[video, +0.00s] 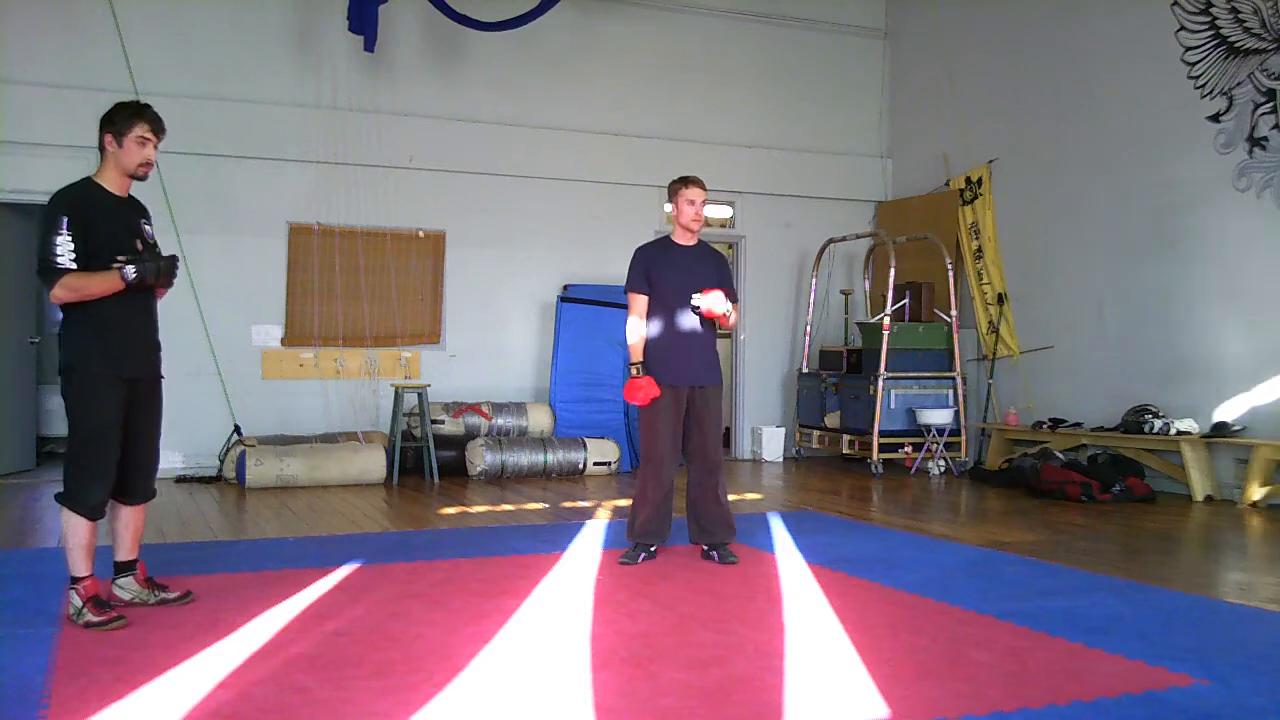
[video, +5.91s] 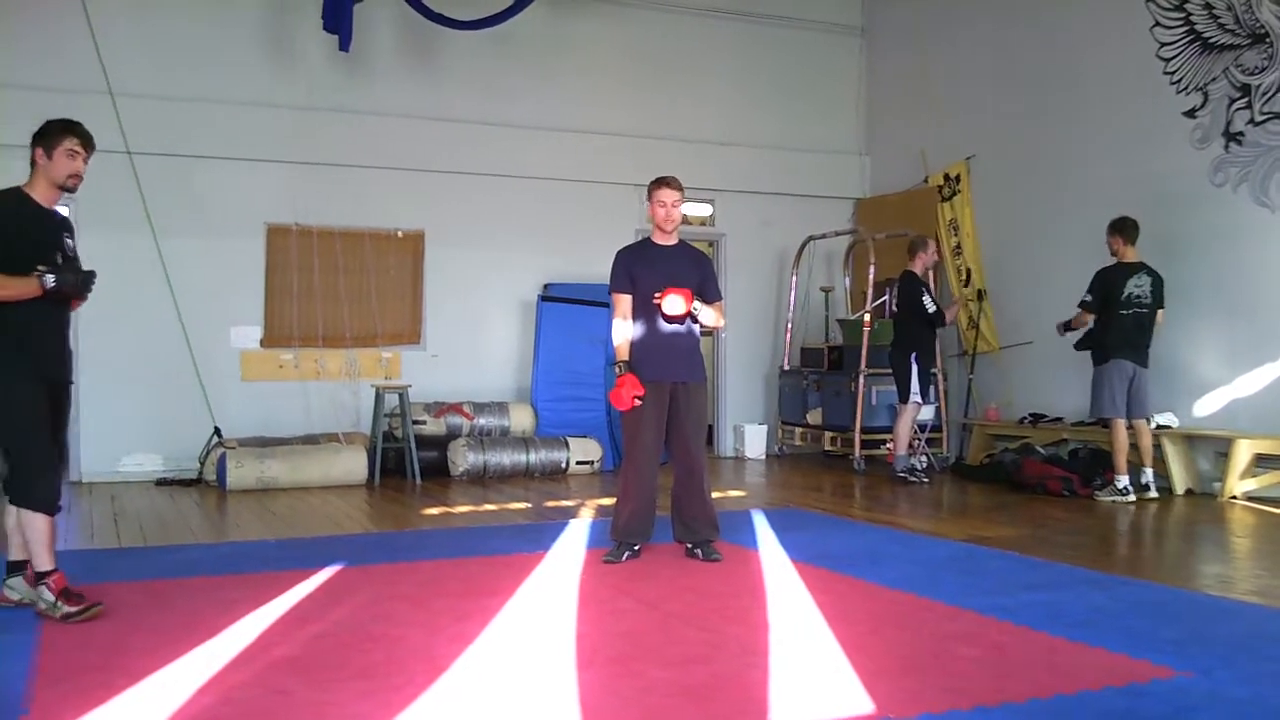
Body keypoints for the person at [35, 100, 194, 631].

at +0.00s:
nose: (152, 154)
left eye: (156, 145)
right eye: (143, 142)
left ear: (150, 150)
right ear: (110, 140)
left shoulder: (139, 213)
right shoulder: (69, 203)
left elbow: (145, 294)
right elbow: (60, 289)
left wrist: (161, 279)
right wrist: (131, 273)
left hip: (142, 364)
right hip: (92, 365)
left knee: (135, 471)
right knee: (88, 474)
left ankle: (128, 580)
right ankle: (81, 593)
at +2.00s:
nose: (167, 156)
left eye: (171, 148)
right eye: (159, 145)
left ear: (167, 154)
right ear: (127, 144)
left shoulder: (155, 218)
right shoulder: (87, 200)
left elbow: (164, 299)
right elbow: (74, 282)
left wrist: (177, 278)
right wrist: (143, 273)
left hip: (152, 364)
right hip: (104, 363)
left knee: (142, 471)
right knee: (99, 472)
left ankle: (135, 579)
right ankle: (90, 591)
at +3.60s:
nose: (135, 151)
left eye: (136, 141)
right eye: (129, 139)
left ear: (99, 140)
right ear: (96, 138)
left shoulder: (97, 201)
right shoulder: (59, 193)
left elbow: (91, 272)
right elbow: (61, 280)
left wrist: (133, 264)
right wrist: (127, 264)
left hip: (114, 362)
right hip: (75, 363)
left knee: (103, 468)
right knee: (63, 468)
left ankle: (93, 576)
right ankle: (46, 590)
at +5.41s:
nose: (59, 148)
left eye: (64, 140)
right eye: (48, 137)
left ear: (64, 147)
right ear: (16, 140)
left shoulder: (60, 209)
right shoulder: (1, 200)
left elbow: (85, 293)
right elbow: (3, 282)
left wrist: (82, 270)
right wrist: (48, 269)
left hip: (62, 362)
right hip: (14, 362)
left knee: (50, 472)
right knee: (20, 473)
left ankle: (18, 561)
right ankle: (29, 590)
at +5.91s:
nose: (80, 166)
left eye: (84, 158)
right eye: (71, 154)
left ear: (81, 166)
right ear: (40, 155)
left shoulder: (61, 223)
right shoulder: (6, 207)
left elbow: (63, 301)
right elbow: (0, 284)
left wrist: (74, 290)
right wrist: (45, 283)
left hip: (51, 367)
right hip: (14, 366)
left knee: (27, 467)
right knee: (36, 467)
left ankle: (18, 574)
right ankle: (49, 583)